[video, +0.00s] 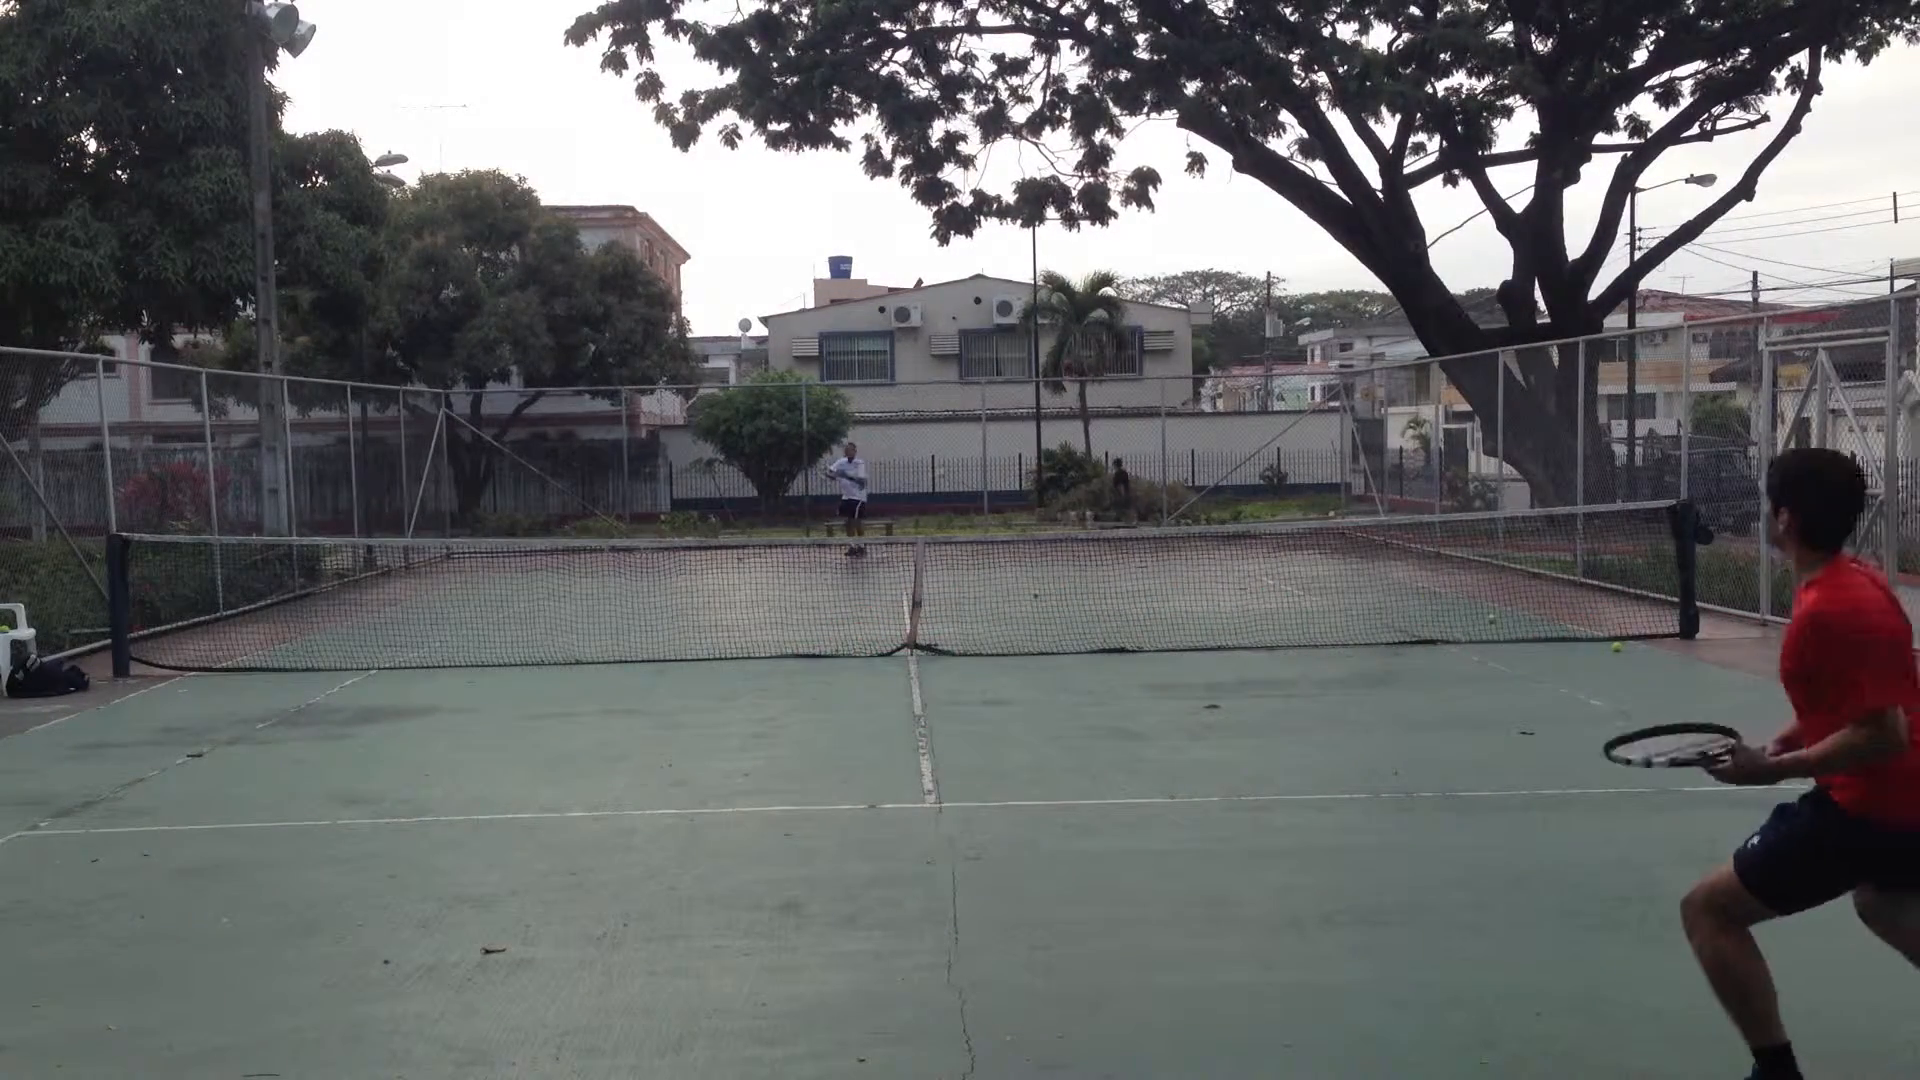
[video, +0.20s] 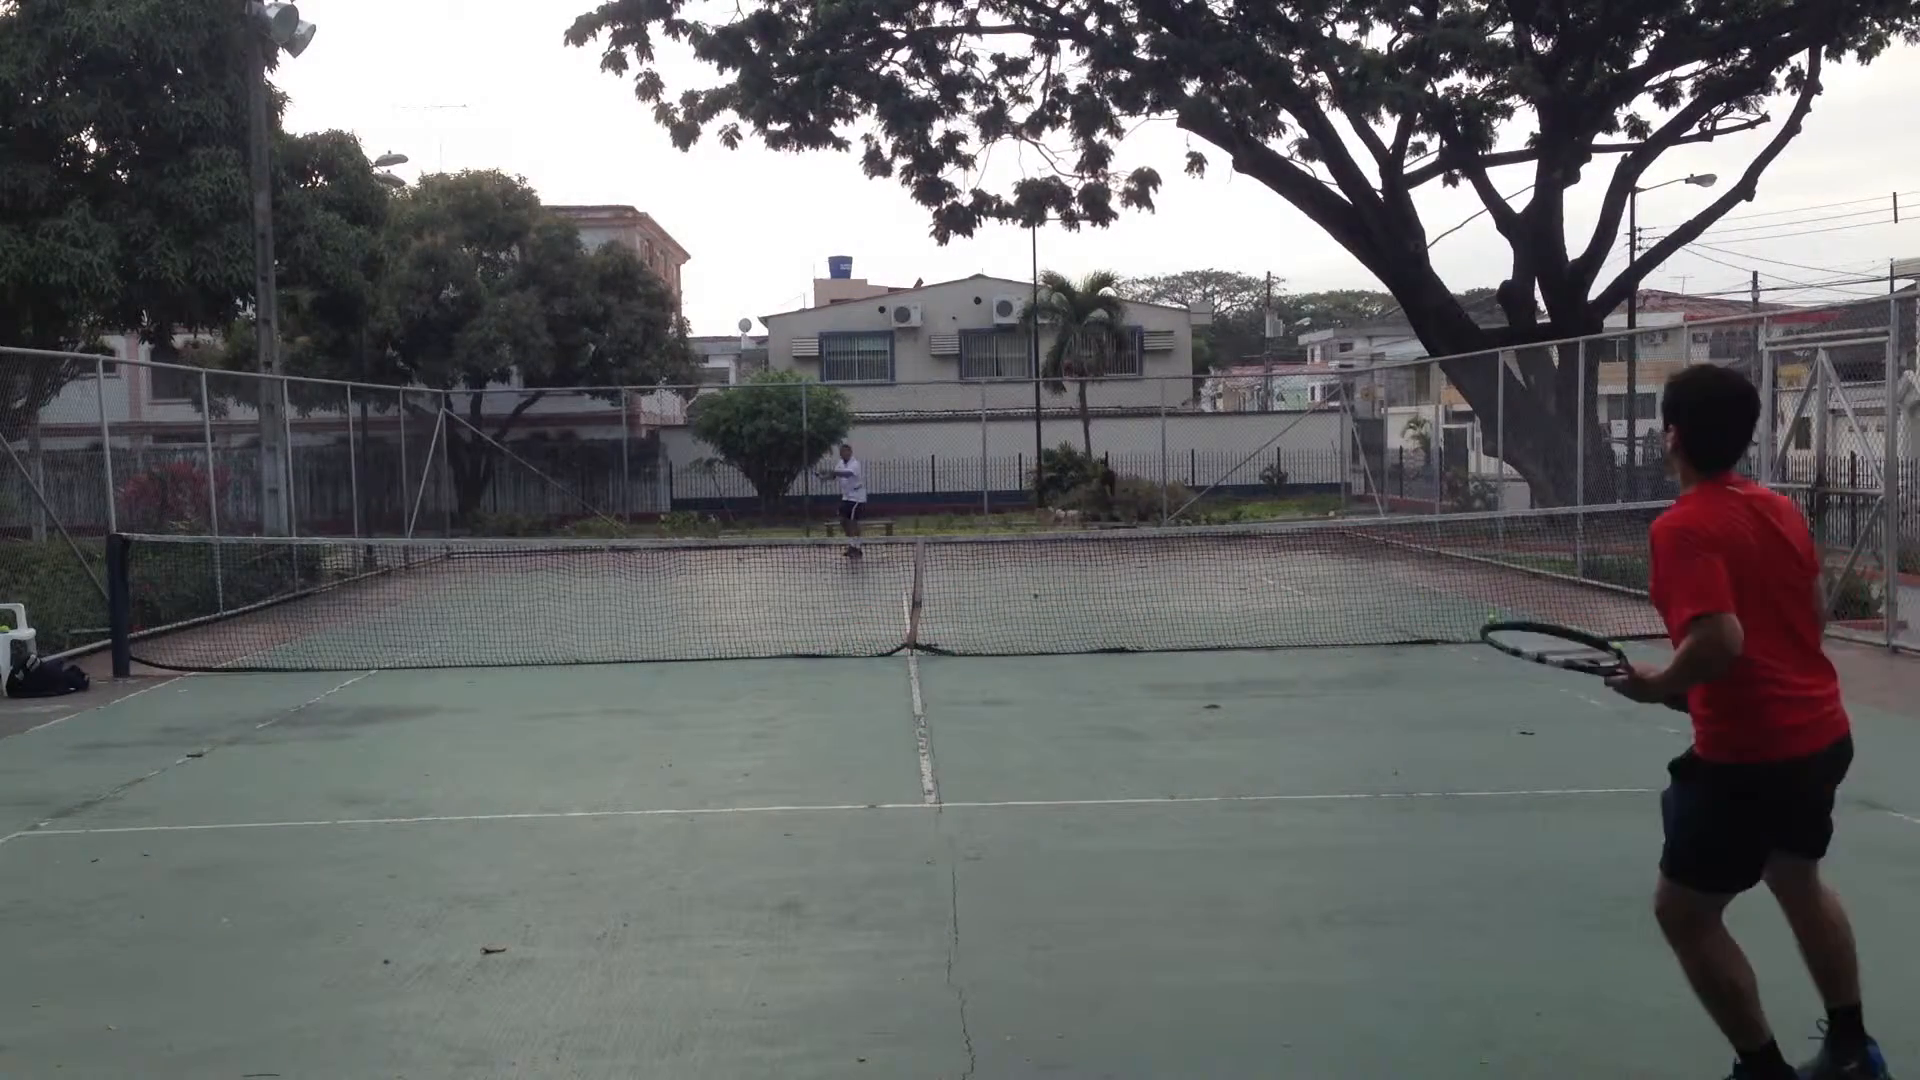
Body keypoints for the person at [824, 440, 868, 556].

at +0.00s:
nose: (850, 452)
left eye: (852, 450)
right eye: (848, 450)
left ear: (855, 451)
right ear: (845, 451)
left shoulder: (860, 463)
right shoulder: (841, 462)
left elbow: (862, 481)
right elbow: (829, 472)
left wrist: (846, 476)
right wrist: (836, 475)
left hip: (859, 497)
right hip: (846, 496)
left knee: (857, 521)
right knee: (847, 522)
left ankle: (861, 545)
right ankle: (852, 545)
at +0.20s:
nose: (843, 454)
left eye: (846, 451)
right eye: (842, 452)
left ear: (850, 452)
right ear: (840, 453)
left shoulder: (855, 463)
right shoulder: (840, 464)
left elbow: (849, 473)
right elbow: (835, 475)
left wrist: (832, 473)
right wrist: (824, 476)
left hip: (857, 497)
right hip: (846, 496)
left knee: (853, 521)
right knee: (844, 520)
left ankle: (857, 546)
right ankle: (851, 545)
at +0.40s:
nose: (835, 460)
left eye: (837, 458)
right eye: (834, 458)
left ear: (842, 457)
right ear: (833, 459)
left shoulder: (848, 466)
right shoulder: (840, 470)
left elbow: (837, 473)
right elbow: (835, 485)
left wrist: (821, 473)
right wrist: (822, 491)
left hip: (856, 497)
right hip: (848, 498)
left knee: (845, 522)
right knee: (843, 522)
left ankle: (854, 544)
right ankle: (850, 545)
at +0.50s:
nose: (831, 465)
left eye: (833, 463)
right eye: (831, 463)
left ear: (837, 463)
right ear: (832, 464)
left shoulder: (845, 471)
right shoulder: (836, 479)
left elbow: (836, 477)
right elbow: (833, 495)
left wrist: (821, 479)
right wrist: (817, 501)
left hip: (856, 499)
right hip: (846, 500)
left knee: (843, 522)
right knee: (839, 522)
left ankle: (854, 544)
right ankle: (849, 545)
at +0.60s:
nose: (830, 471)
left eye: (832, 468)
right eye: (828, 469)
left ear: (836, 467)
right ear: (827, 470)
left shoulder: (843, 474)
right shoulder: (835, 483)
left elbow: (838, 480)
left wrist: (823, 483)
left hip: (856, 502)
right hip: (846, 504)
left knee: (846, 521)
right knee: (840, 525)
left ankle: (851, 547)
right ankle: (847, 546)